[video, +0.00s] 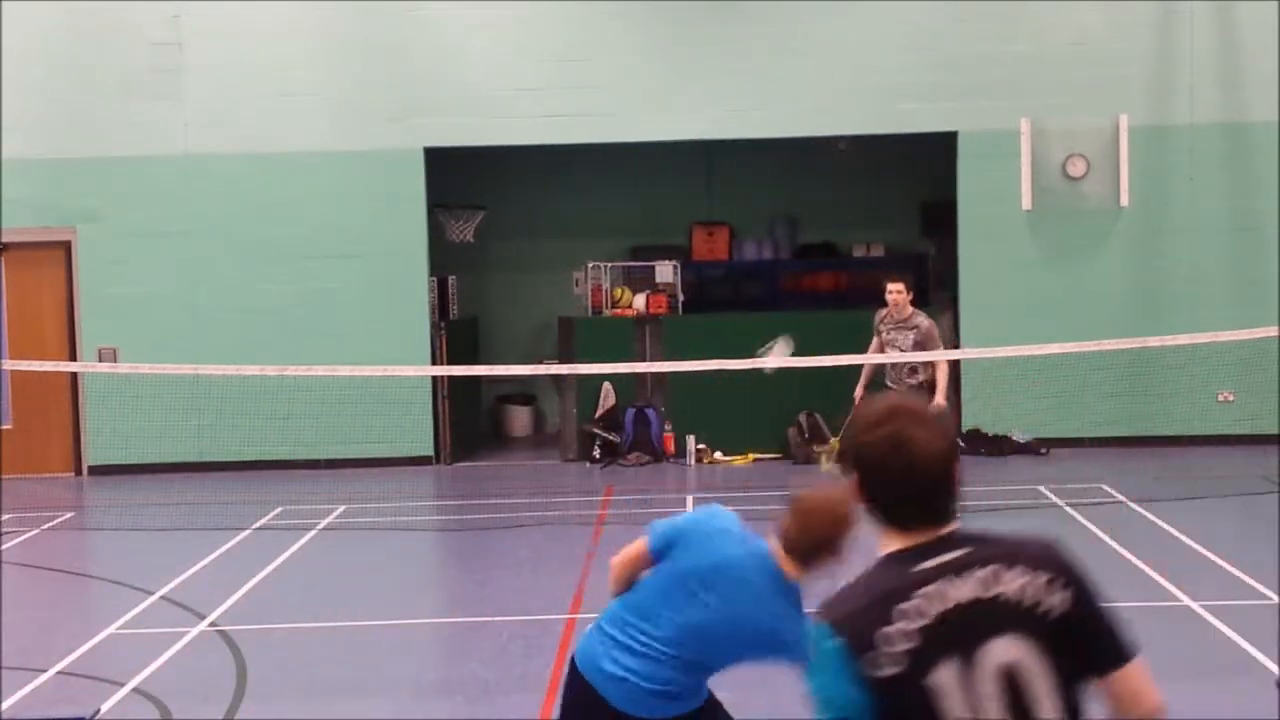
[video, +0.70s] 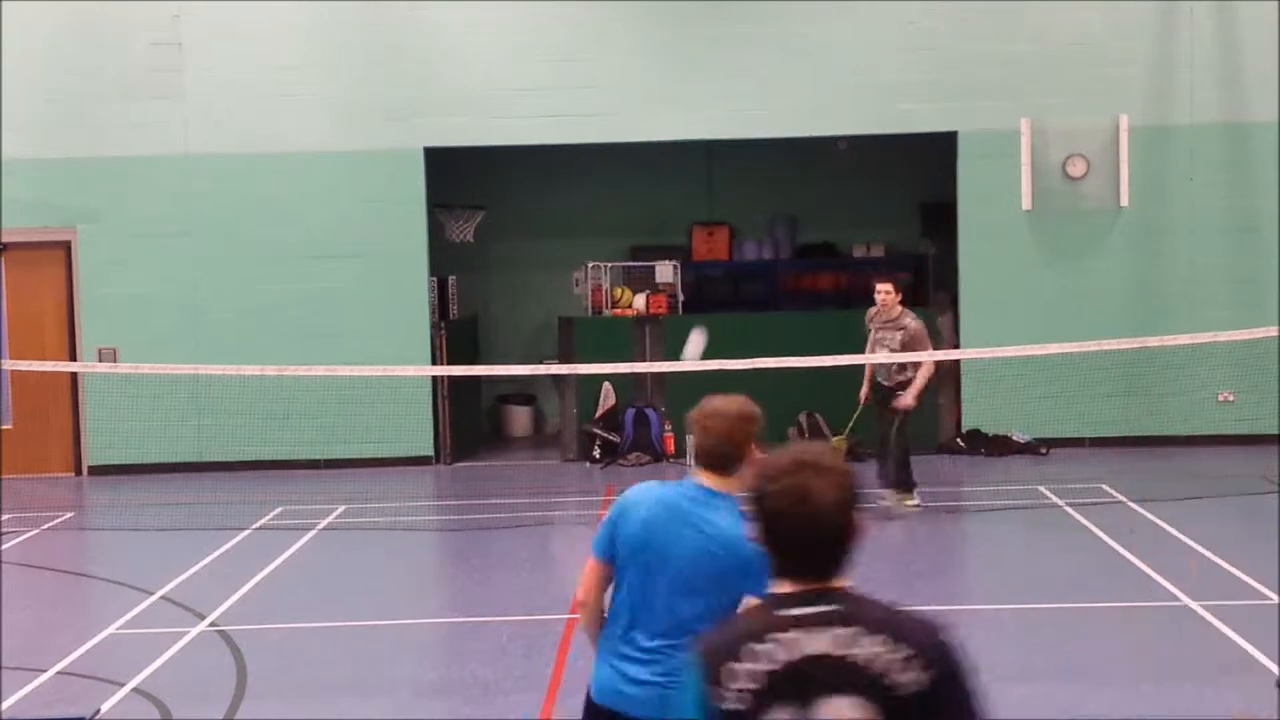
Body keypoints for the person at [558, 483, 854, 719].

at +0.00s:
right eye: (840, 546)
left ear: (787, 518)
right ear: (831, 557)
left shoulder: (714, 522)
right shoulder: (790, 629)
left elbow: (622, 565)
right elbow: (838, 695)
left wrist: (627, 616)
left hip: (590, 672)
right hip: (661, 704)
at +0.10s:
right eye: (871, 621)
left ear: (829, 570)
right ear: (856, 626)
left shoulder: (757, 546)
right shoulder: (790, 674)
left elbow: (652, 556)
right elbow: (820, 714)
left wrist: (643, 617)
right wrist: (848, 712)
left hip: (592, 665)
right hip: (642, 705)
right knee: (704, 711)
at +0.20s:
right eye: (879, 660)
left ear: (842, 606)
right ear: (869, 668)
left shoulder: (780, 584)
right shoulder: (786, 706)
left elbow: (679, 571)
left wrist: (673, 630)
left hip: (595, 657)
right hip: (616, 707)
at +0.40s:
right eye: (859, 685)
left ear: (822, 626)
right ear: (846, 694)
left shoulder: (764, 608)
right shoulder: (754, 709)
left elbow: (698, 586)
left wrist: (706, 641)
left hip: (575, 671)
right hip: (591, 708)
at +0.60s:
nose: (797, 655)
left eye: (803, 647)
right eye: (803, 647)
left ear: (762, 595)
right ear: (787, 645)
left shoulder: (712, 592)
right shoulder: (692, 687)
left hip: (559, 694)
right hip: (569, 715)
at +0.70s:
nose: (763, 456)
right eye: (760, 447)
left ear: (696, 445)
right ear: (751, 454)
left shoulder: (637, 500)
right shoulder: (750, 541)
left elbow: (587, 596)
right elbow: (751, 630)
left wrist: (610, 653)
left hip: (611, 695)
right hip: (686, 706)